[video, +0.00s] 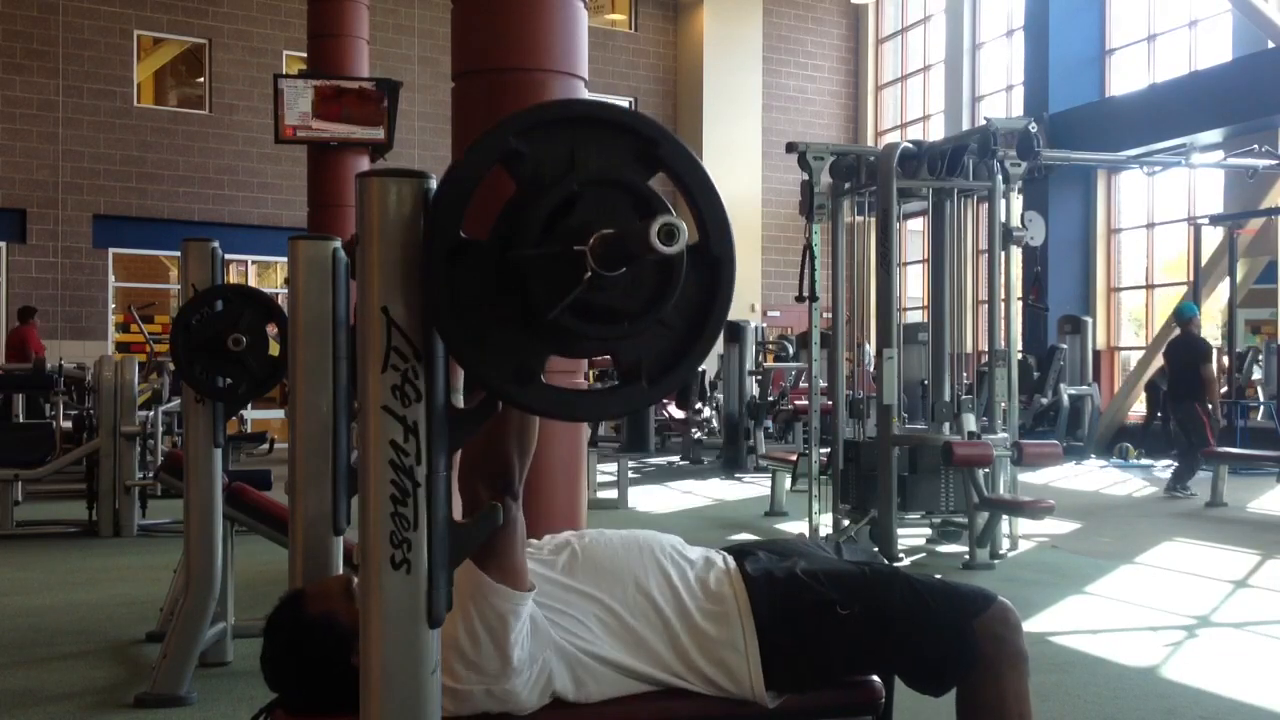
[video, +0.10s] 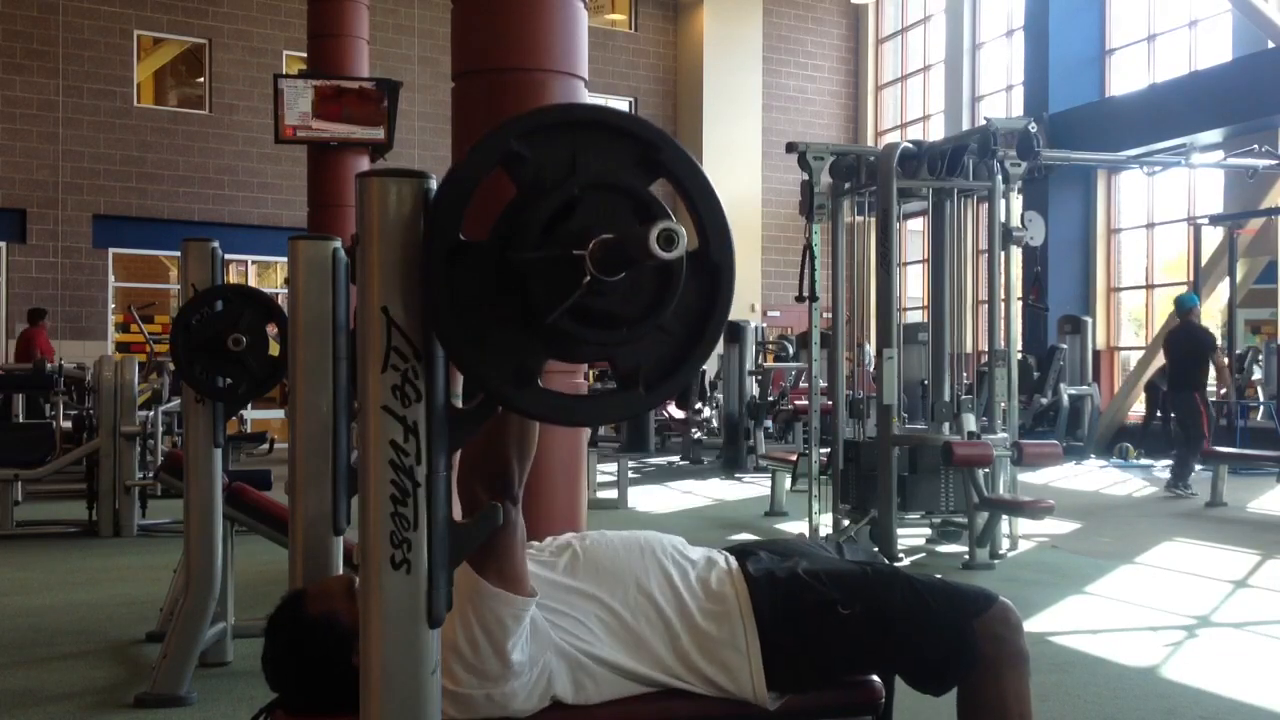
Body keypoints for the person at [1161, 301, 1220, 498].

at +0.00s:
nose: (1200, 320)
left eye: (1198, 317)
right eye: (1198, 317)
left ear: (1179, 323)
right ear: (1193, 320)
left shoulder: (1170, 346)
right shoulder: (1202, 345)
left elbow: (1171, 377)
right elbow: (1209, 378)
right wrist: (1216, 409)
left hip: (1174, 401)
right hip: (1194, 401)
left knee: (1191, 443)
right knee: (1205, 444)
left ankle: (1178, 482)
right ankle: (1178, 482)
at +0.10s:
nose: (1200, 310)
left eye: (1198, 307)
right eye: (1198, 307)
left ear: (1178, 312)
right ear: (1195, 309)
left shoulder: (1170, 335)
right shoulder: (1204, 334)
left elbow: (1169, 364)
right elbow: (1219, 364)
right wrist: (1225, 385)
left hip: (1174, 391)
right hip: (1193, 392)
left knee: (1186, 434)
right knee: (1200, 436)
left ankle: (1175, 479)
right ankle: (1180, 480)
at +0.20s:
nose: (1200, 297)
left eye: (1198, 293)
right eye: (1199, 294)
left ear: (1179, 297)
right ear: (1194, 295)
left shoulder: (1171, 319)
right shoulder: (1204, 315)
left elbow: (1167, 347)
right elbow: (1231, 331)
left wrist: (1176, 362)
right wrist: (1249, 344)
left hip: (1173, 376)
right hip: (1193, 377)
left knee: (1178, 422)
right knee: (1194, 425)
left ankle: (1172, 472)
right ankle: (1190, 474)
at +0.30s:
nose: (1201, 294)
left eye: (1200, 291)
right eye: (1199, 291)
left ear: (1180, 295)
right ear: (1196, 293)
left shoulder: (1173, 318)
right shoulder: (1204, 310)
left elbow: (1167, 345)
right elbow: (1236, 307)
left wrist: (1176, 362)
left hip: (1172, 374)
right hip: (1192, 375)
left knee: (1177, 422)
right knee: (1197, 421)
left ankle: (1153, 465)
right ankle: (1193, 471)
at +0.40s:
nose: (1202, 303)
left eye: (1199, 301)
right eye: (1200, 300)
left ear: (1182, 305)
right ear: (1198, 301)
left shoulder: (1175, 327)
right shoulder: (1206, 317)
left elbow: (1170, 360)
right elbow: (1229, 296)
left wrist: (1176, 377)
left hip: (1175, 383)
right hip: (1194, 384)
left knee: (1169, 427)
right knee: (1205, 424)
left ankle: (1135, 469)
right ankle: (1195, 480)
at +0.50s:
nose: (1205, 315)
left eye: (1197, 314)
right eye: (1203, 313)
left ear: (1185, 319)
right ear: (1203, 315)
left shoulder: (1179, 344)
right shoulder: (1208, 331)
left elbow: (1172, 373)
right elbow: (1221, 301)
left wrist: (1177, 389)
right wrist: (1218, 272)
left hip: (1176, 398)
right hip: (1197, 400)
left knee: (1163, 440)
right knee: (1207, 445)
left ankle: (1126, 477)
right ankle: (1191, 486)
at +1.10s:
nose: (1205, 320)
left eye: (1204, 316)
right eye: (1203, 316)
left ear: (1186, 316)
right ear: (1198, 317)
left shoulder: (1178, 332)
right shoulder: (1206, 340)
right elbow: (1221, 370)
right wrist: (1229, 401)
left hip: (1177, 389)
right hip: (1187, 392)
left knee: (1197, 439)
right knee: (1180, 437)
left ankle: (1182, 482)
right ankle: (1140, 474)